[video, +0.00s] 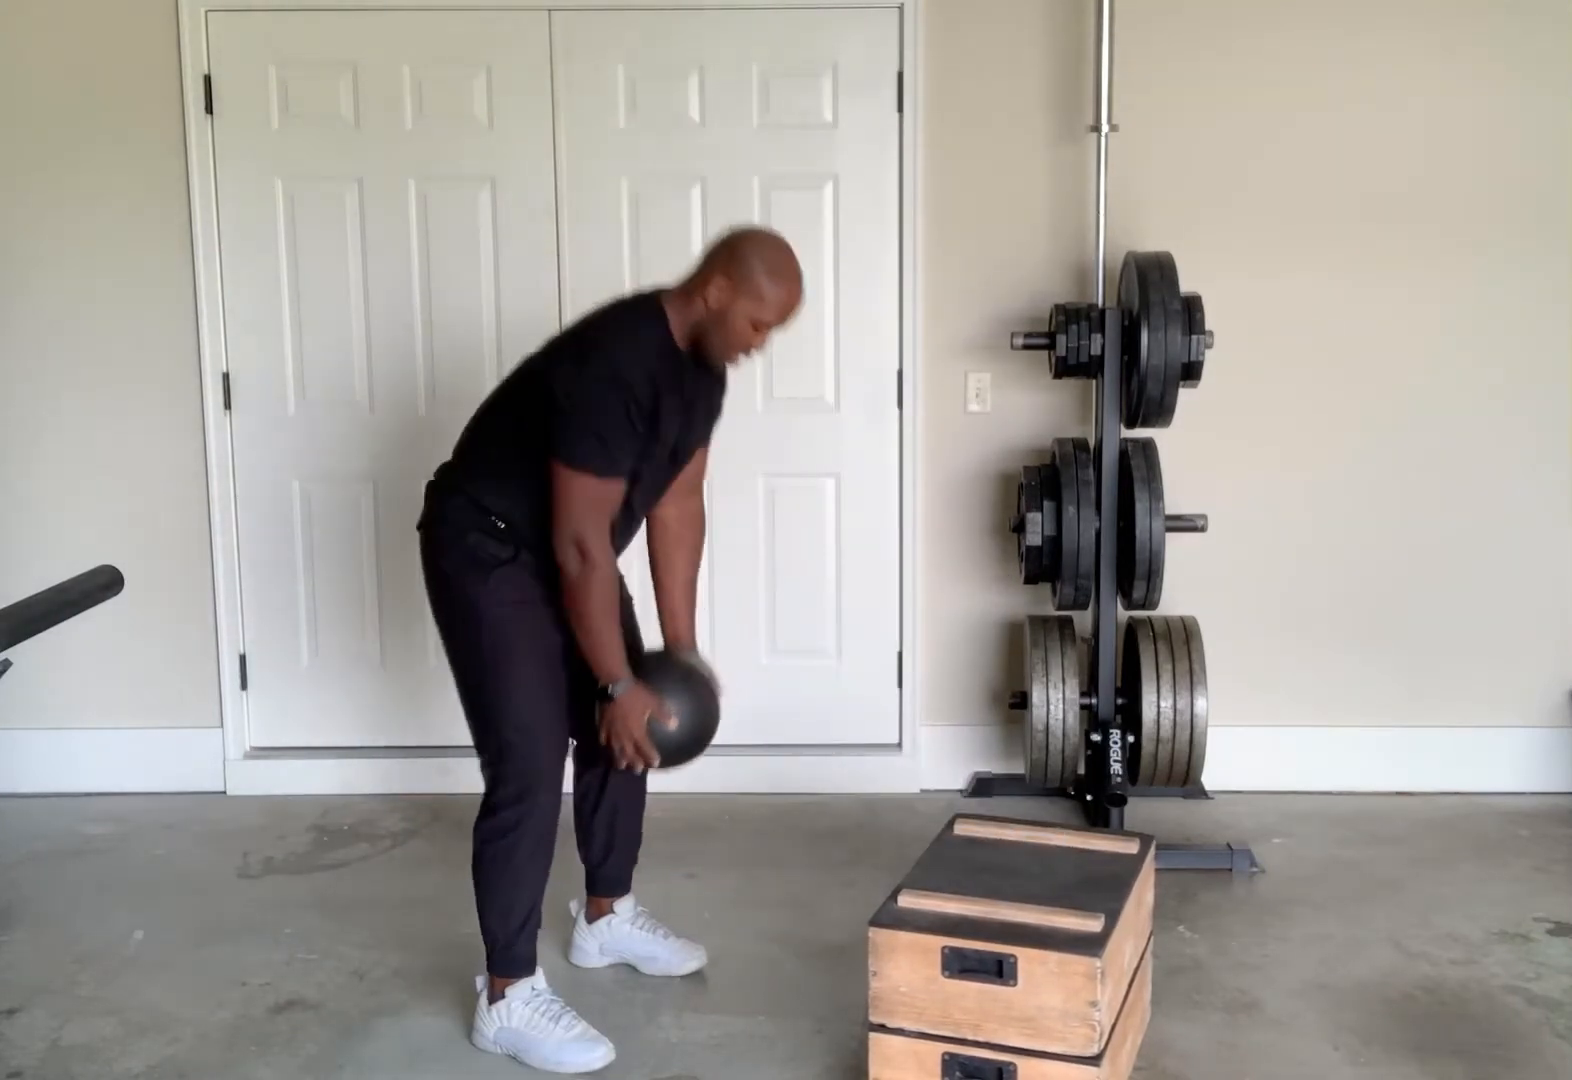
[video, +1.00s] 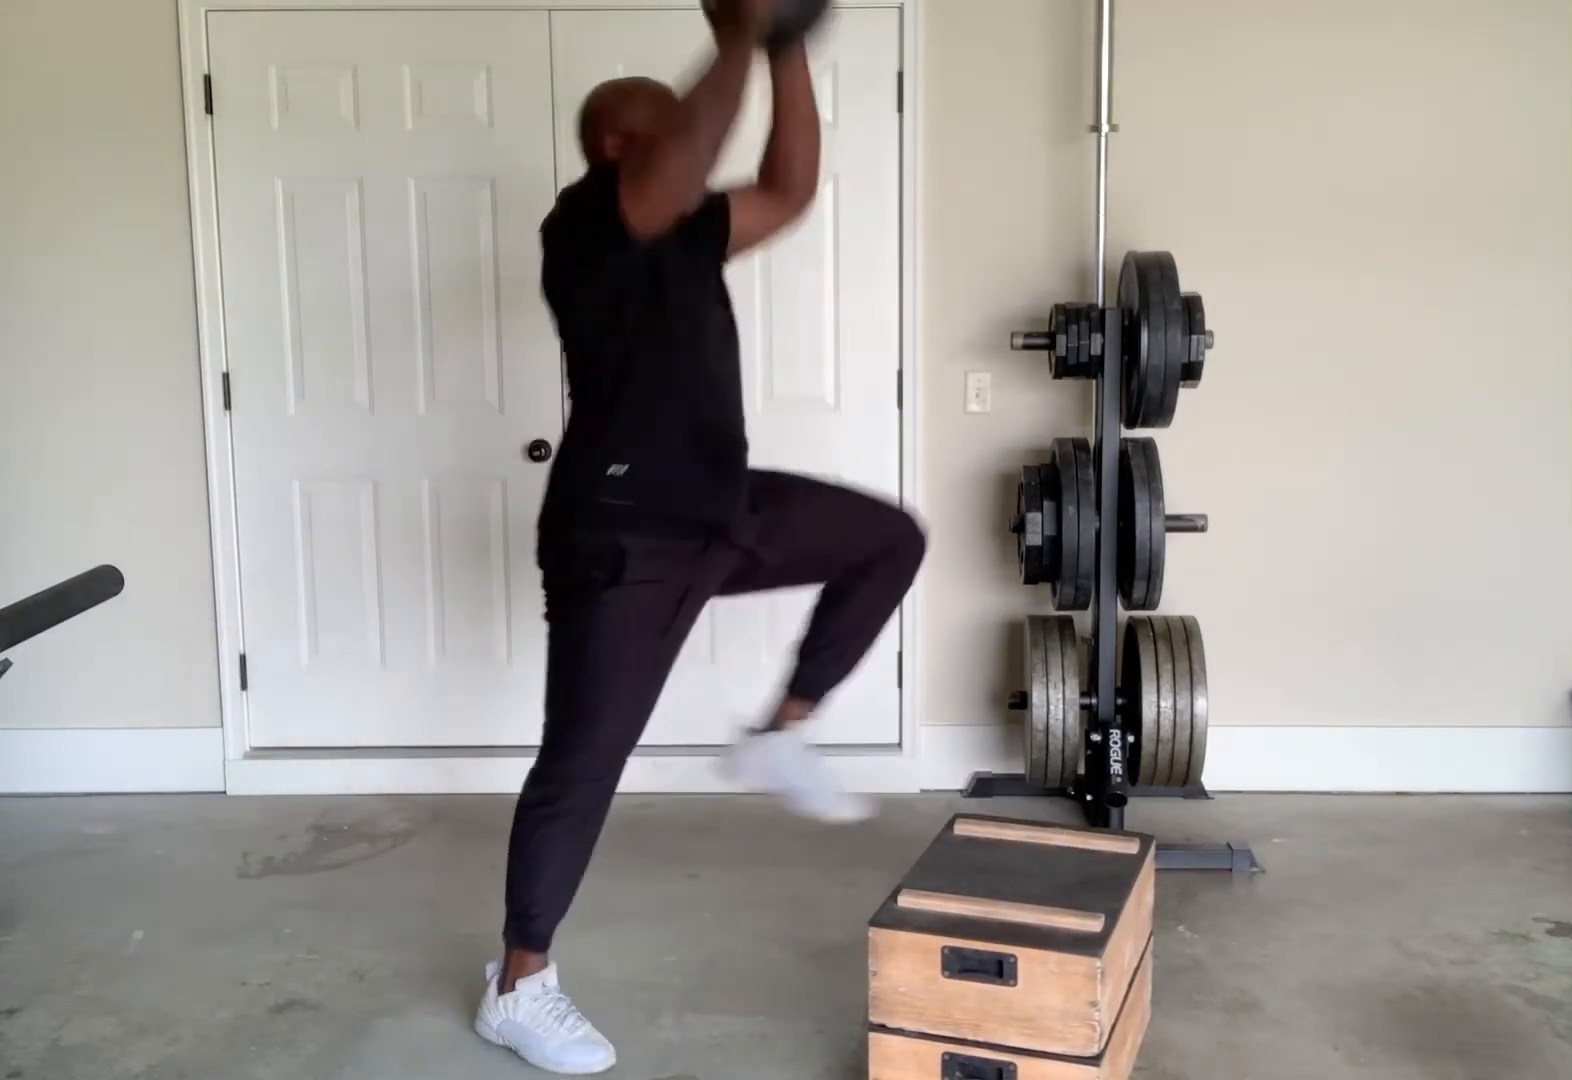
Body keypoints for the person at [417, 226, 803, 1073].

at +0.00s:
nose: (760, 341)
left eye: (772, 328)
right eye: (758, 321)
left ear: (734, 300)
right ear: (714, 286)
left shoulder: (701, 366)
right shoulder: (614, 360)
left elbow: (678, 503)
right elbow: (578, 546)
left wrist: (679, 651)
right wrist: (617, 689)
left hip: (571, 544)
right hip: (485, 544)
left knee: (622, 715)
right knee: (528, 759)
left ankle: (606, 916)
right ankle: (506, 991)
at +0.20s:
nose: (802, 481)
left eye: (812, 468)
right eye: (800, 461)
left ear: (759, 427)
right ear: (756, 426)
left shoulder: (730, 478)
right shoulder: (650, 473)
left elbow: (680, 609)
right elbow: (591, 658)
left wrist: (649, 753)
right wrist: (583, 792)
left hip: (547, 567)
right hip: (458, 558)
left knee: (633, 710)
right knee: (519, 767)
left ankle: (607, 915)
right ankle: (507, 994)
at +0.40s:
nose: (813, 535)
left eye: (822, 521)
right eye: (810, 516)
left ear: (768, 479)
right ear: (764, 479)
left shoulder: (733, 522)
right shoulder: (660, 524)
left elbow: (672, 652)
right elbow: (589, 702)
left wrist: (633, 790)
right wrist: (567, 834)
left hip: (532, 579)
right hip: (449, 576)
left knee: (641, 719)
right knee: (520, 779)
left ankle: (604, 918)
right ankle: (506, 995)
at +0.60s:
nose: (816, 462)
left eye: (823, 444)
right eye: (811, 440)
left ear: (758, 423)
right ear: (755, 420)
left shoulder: (731, 485)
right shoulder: (653, 484)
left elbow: (680, 612)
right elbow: (588, 665)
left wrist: (649, 754)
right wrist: (584, 801)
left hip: (547, 575)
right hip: (461, 570)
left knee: (618, 756)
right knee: (528, 781)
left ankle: (606, 917)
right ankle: (504, 995)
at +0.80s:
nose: (697, 175)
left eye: (692, 160)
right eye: (677, 162)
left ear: (645, 183)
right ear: (617, 181)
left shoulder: (680, 293)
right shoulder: (572, 294)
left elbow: (683, 402)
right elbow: (580, 455)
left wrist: (760, 456)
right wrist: (725, 472)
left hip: (651, 561)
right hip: (554, 568)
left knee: (723, 716)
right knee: (570, 791)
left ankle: (630, 886)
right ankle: (510, 994)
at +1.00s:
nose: (680, 133)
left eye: (675, 122)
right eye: (657, 119)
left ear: (656, 137)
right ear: (615, 139)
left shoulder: (694, 225)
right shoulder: (586, 229)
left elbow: (789, 188)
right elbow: (676, 157)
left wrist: (789, 51)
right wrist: (739, 42)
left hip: (721, 508)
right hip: (621, 531)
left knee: (891, 542)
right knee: (584, 760)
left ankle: (781, 733)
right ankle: (518, 983)